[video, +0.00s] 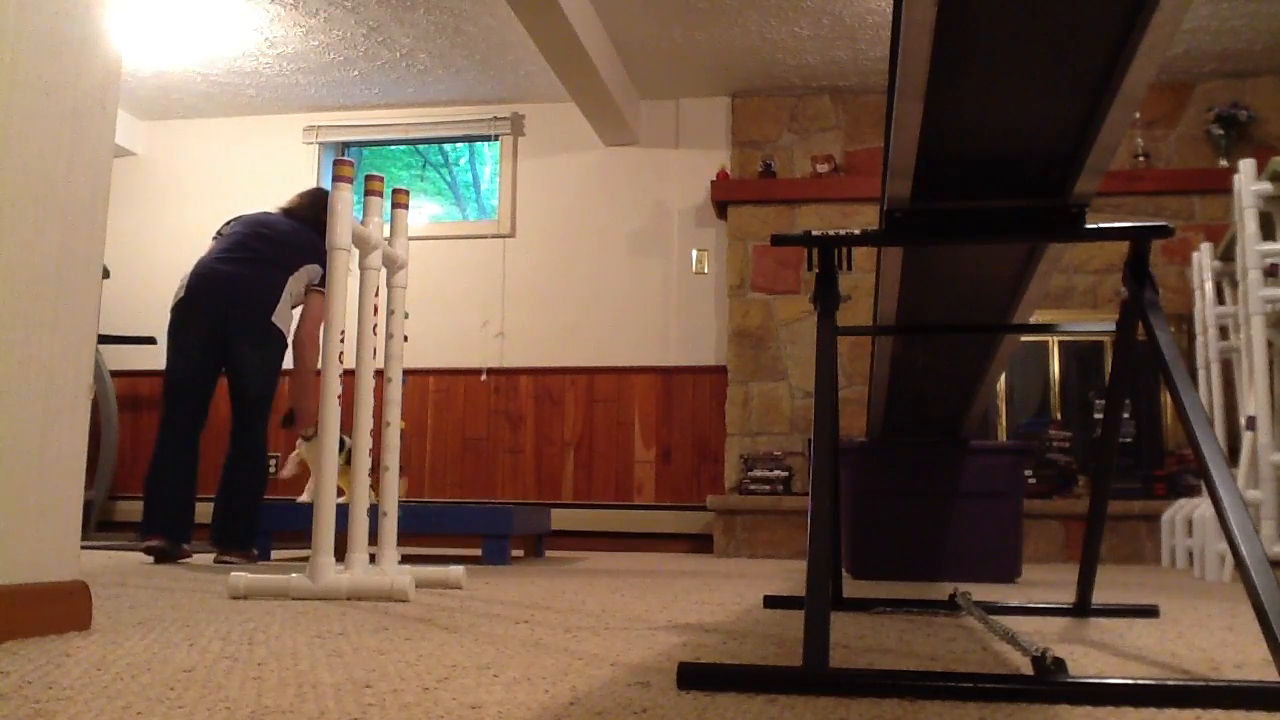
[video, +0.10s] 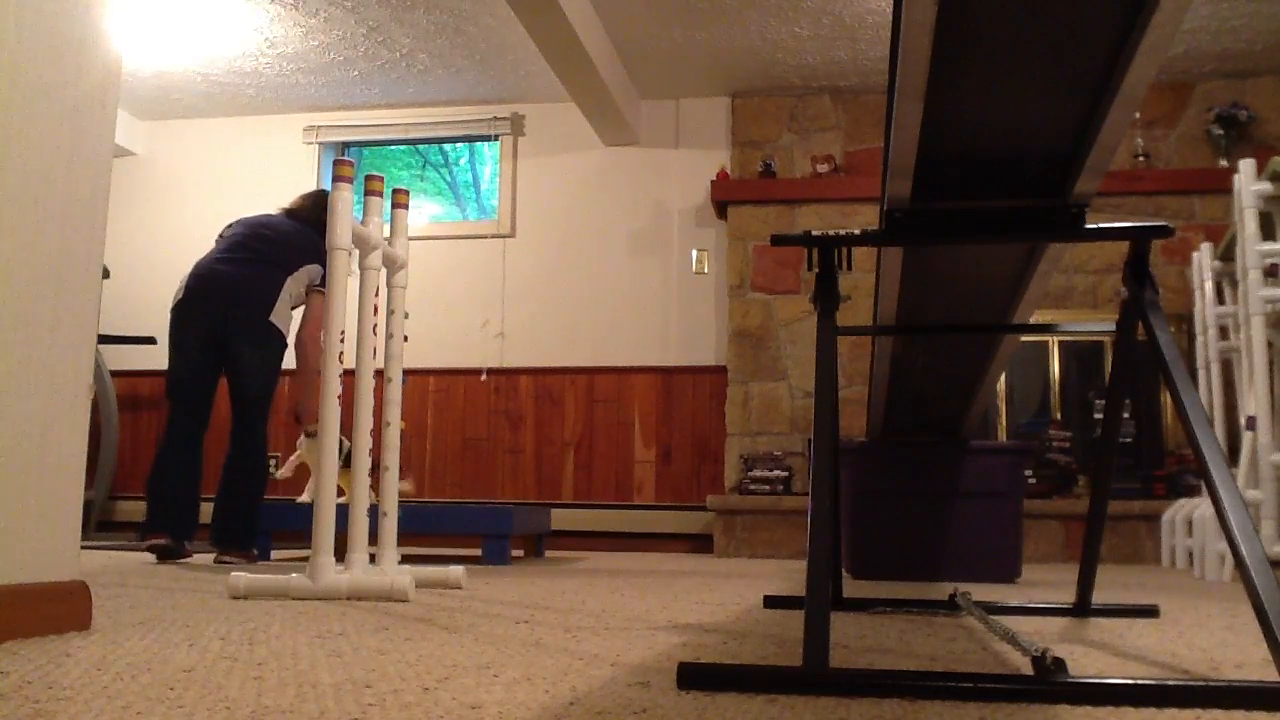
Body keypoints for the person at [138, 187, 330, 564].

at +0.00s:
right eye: (337, 235)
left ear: (293, 206)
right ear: (330, 225)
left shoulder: (243, 222)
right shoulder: (322, 252)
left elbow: (199, 281)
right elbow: (306, 335)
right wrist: (304, 409)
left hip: (194, 313)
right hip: (257, 327)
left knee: (180, 423)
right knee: (249, 434)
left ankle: (164, 533)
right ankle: (233, 543)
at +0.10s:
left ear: (297, 207)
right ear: (332, 226)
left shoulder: (246, 224)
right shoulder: (324, 252)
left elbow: (203, 281)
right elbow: (309, 336)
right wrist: (308, 406)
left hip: (194, 312)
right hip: (256, 325)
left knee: (185, 421)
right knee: (249, 433)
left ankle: (165, 531)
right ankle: (234, 543)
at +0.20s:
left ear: (300, 216)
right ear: (334, 233)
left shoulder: (259, 233)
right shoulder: (326, 257)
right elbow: (309, 342)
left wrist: (270, 361)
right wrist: (307, 404)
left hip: (191, 307)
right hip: (250, 322)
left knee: (192, 423)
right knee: (249, 433)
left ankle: (178, 532)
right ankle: (235, 542)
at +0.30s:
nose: (346, 271)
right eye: (347, 262)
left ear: (305, 225)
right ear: (338, 244)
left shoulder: (265, 242)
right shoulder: (327, 259)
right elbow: (304, 341)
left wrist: (284, 374)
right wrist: (308, 398)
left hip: (188, 309)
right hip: (247, 323)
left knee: (196, 423)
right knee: (248, 431)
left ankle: (184, 534)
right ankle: (234, 540)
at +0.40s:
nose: (347, 288)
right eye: (352, 276)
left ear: (316, 241)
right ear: (345, 258)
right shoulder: (326, 266)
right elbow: (306, 348)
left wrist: (303, 397)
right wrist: (316, 404)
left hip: (183, 312)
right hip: (238, 326)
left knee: (202, 430)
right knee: (247, 435)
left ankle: (204, 536)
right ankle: (236, 542)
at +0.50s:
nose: (353, 297)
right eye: (355, 287)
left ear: (325, 253)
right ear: (348, 270)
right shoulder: (329, 272)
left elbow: (280, 370)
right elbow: (308, 360)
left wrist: (319, 417)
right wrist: (329, 407)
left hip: (178, 321)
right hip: (227, 333)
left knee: (208, 434)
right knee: (245, 441)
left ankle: (212, 538)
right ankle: (236, 543)